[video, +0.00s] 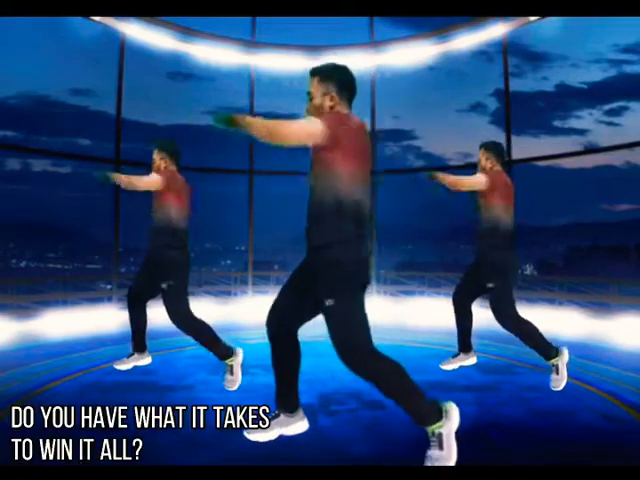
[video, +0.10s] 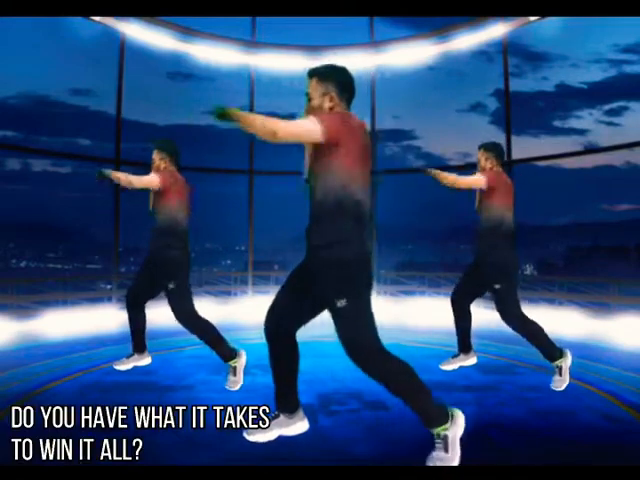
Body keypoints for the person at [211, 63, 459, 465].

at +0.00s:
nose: (309, 103)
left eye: (314, 95)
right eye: (310, 96)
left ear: (332, 96)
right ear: (339, 97)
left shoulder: (335, 127)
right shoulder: (351, 129)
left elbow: (278, 133)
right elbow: (285, 133)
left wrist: (242, 121)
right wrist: (251, 122)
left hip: (339, 259)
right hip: (332, 256)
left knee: (356, 353)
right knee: (280, 323)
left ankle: (437, 418)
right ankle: (288, 414)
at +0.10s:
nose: (308, 102)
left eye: (312, 95)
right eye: (308, 96)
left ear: (331, 95)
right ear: (337, 97)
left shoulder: (336, 125)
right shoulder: (349, 128)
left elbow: (275, 131)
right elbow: (283, 131)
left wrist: (237, 116)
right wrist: (248, 119)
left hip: (341, 259)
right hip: (328, 257)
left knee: (365, 351)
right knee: (278, 326)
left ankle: (443, 421)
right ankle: (288, 414)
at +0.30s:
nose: (301, 94)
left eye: (307, 86)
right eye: (301, 86)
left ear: (333, 86)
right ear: (315, 90)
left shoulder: (368, 124)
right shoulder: (309, 145)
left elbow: (376, 169)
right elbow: (283, 185)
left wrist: (338, 120)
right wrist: (271, 143)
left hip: (360, 254)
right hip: (315, 254)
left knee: (387, 343)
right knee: (285, 331)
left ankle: (424, 423)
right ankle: (289, 413)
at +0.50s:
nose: (317, 95)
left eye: (324, 87)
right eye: (315, 88)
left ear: (351, 86)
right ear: (320, 91)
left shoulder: (382, 125)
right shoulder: (313, 142)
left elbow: (399, 173)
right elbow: (281, 187)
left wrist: (359, 127)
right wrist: (271, 140)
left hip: (376, 258)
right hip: (324, 259)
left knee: (405, 347)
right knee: (294, 334)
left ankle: (416, 427)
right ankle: (289, 413)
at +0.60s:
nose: (321, 94)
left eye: (328, 85)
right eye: (319, 87)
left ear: (354, 85)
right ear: (324, 90)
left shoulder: (385, 126)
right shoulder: (314, 142)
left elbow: (403, 173)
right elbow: (282, 187)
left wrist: (362, 125)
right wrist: (271, 139)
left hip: (379, 259)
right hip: (325, 259)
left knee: (407, 346)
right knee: (295, 334)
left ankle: (416, 427)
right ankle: (289, 413)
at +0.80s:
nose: (332, 92)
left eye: (340, 83)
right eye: (326, 85)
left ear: (360, 85)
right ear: (320, 90)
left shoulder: (385, 126)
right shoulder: (314, 141)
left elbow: (405, 172)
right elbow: (285, 188)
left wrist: (363, 125)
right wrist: (273, 141)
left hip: (376, 258)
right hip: (324, 259)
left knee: (403, 347)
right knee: (293, 334)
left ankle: (416, 427)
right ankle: (289, 413)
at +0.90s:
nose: (335, 100)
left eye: (344, 91)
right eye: (327, 93)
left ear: (360, 94)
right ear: (319, 99)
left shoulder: (383, 133)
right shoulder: (311, 146)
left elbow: (406, 185)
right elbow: (285, 198)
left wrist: (364, 138)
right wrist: (271, 154)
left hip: (376, 267)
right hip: (323, 267)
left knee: (405, 355)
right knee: (282, 336)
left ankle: (416, 428)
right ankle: (288, 413)